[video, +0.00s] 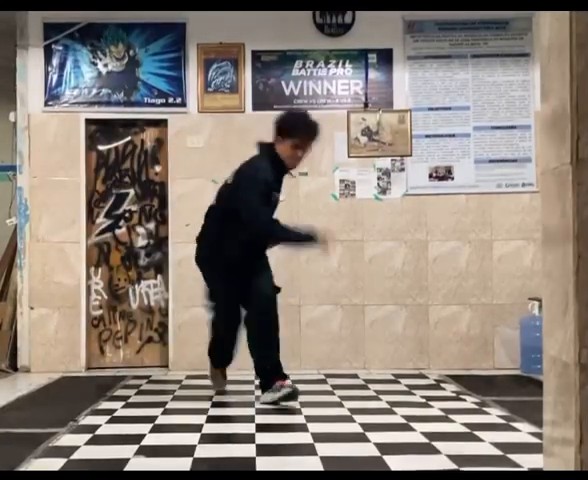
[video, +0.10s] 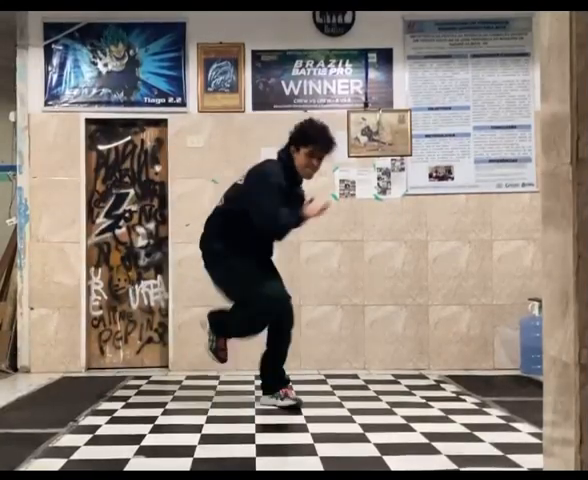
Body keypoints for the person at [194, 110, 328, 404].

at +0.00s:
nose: (300, 155)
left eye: (305, 149)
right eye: (296, 147)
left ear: (307, 147)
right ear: (279, 140)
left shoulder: (273, 171)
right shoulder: (257, 173)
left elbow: (252, 223)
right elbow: (259, 227)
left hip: (248, 252)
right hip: (220, 253)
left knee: (264, 305)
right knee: (229, 312)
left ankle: (271, 380)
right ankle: (218, 363)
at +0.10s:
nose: (316, 165)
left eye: (320, 159)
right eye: (311, 157)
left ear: (322, 158)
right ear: (294, 150)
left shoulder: (291, 184)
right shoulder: (268, 176)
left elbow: (278, 226)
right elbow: (269, 226)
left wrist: (299, 211)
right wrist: (301, 214)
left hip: (254, 252)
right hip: (224, 250)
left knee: (281, 309)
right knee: (265, 306)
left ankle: (273, 381)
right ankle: (219, 325)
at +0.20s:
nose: (313, 158)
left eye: (320, 155)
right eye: (309, 150)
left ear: (324, 158)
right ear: (294, 146)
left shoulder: (296, 184)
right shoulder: (275, 172)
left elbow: (307, 238)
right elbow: (297, 203)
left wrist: (334, 214)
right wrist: (335, 199)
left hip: (260, 253)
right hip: (230, 246)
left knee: (287, 323)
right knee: (285, 284)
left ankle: (272, 388)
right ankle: (237, 352)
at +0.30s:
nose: (308, 157)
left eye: (315, 155)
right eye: (304, 149)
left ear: (320, 159)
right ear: (293, 145)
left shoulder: (292, 192)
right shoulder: (281, 165)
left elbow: (327, 211)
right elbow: (329, 176)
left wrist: (379, 211)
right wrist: (380, 189)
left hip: (258, 262)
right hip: (242, 256)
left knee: (304, 322)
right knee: (286, 316)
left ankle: (276, 391)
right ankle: (264, 397)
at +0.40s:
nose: (317, 157)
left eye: (324, 153)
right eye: (314, 148)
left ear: (328, 156)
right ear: (301, 143)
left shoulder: (296, 180)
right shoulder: (284, 169)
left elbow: (314, 224)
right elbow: (315, 203)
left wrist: (361, 229)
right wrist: (362, 212)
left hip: (272, 266)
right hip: (250, 261)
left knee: (309, 328)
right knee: (279, 334)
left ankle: (274, 396)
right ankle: (259, 412)